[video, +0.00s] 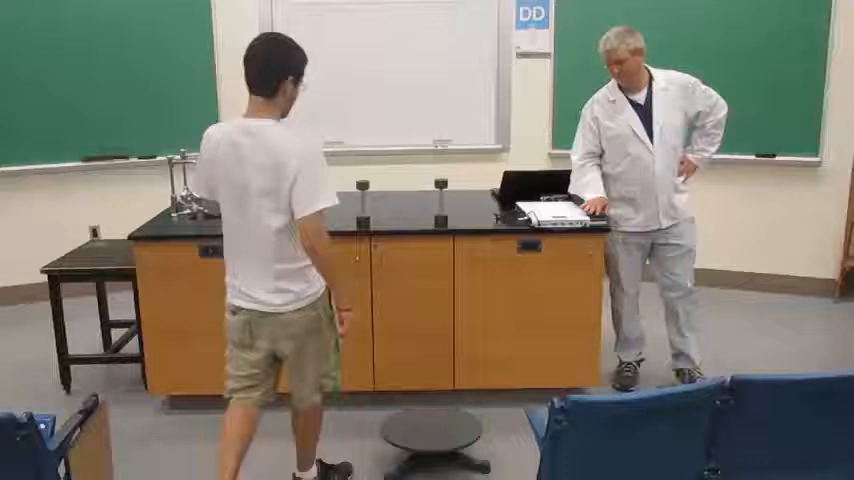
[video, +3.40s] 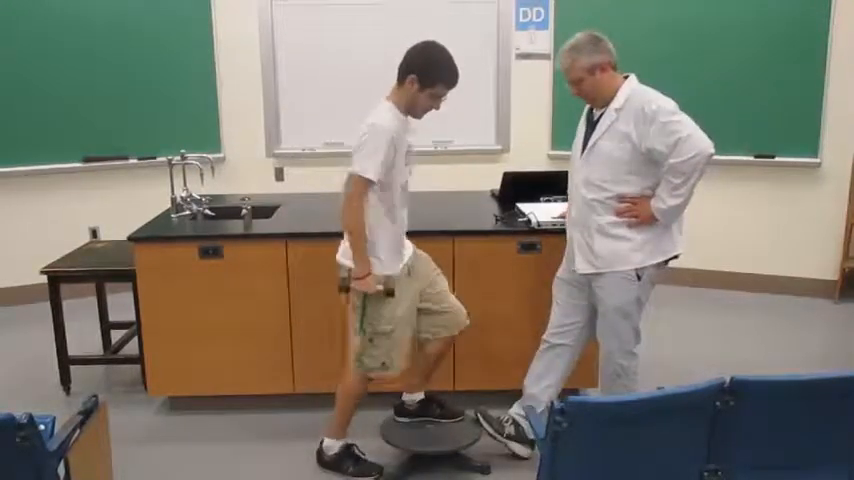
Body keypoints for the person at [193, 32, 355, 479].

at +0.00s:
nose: (299, 93)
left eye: (300, 83)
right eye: (298, 83)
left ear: (249, 79)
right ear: (287, 84)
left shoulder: (216, 138)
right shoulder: (298, 146)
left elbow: (210, 199)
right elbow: (313, 237)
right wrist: (338, 294)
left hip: (244, 300)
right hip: (298, 302)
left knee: (244, 397)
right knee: (308, 395)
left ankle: (226, 475)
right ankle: (306, 470)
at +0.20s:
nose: (313, 90)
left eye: (314, 80)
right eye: (313, 80)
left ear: (263, 76)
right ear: (301, 82)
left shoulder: (229, 138)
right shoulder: (308, 143)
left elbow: (215, 196)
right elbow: (322, 229)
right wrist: (349, 278)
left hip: (256, 292)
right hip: (307, 294)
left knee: (263, 379)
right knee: (309, 390)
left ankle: (237, 459)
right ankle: (306, 471)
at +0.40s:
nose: (335, 87)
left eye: (335, 78)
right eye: (335, 78)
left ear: (289, 74)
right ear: (325, 78)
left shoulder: (258, 128)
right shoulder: (324, 138)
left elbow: (232, 197)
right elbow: (334, 218)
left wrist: (268, 223)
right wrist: (352, 243)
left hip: (273, 275)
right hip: (315, 280)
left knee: (291, 362)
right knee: (314, 374)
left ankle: (295, 443)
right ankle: (308, 467)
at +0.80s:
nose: (347, 83)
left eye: (347, 75)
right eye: (347, 75)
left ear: (306, 74)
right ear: (336, 75)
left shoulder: (279, 129)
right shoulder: (339, 126)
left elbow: (273, 197)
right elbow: (356, 202)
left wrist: (317, 195)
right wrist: (375, 223)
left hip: (303, 258)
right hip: (338, 260)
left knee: (330, 341)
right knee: (344, 354)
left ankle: (339, 412)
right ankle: (314, 451)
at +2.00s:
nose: (371, 104)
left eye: (374, 95)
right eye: (369, 95)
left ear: (342, 84)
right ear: (343, 84)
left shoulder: (334, 124)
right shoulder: (323, 131)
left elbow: (341, 198)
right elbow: (310, 210)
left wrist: (362, 245)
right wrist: (347, 259)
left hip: (339, 257)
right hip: (326, 261)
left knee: (342, 343)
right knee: (330, 356)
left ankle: (339, 409)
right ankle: (328, 447)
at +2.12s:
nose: (378, 104)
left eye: (381, 95)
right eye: (374, 95)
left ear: (347, 87)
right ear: (346, 86)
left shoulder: (343, 125)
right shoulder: (327, 133)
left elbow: (341, 204)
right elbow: (305, 214)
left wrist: (363, 251)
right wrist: (334, 268)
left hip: (362, 253)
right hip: (334, 263)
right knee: (334, 360)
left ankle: (355, 372)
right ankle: (328, 447)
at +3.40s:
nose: (438, 105)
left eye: (443, 97)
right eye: (437, 95)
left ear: (412, 84)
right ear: (411, 82)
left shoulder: (397, 123)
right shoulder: (382, 127)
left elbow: (380, 199)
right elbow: (353, 198)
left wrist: (397, 252)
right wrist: (362, 267)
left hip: (403, 257)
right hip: (375, 267)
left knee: (447, 322)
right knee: (365, 362)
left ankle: (412, 401)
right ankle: (333, 444)